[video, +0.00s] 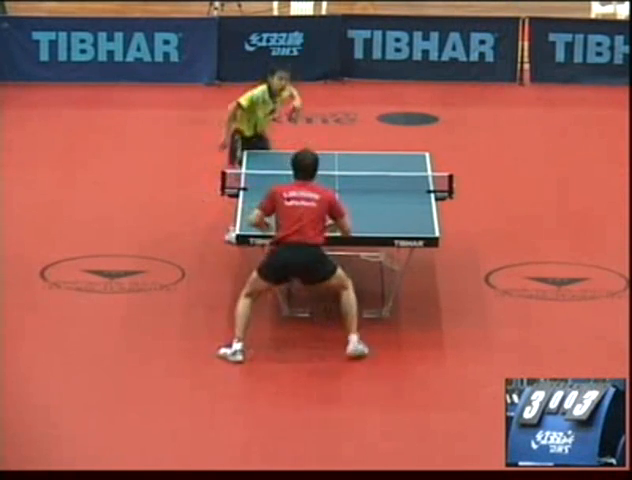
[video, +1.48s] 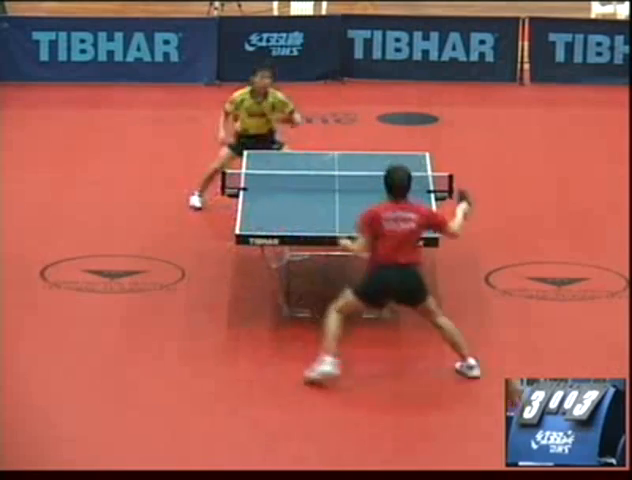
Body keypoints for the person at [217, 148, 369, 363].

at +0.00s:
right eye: (312, 167)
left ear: (293, 169)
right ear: (316, 171)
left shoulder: (278, 192)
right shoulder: (327, 196)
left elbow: (256, 220)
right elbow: (346, 230)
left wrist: (268, 229)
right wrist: (328, 225)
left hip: (282, 251)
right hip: (312, 251)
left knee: (248, 295)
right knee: (345, 287)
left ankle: (237, 345)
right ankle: (353, 340)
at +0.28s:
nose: (347, 180)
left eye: (343, 176)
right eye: (356, 176)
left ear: (340, 179)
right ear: (362, 180)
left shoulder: (331, 197)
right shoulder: (373, 206)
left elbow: (300, 202)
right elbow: (395, 224)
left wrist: (268, 205)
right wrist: (382, 215)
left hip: (322, 256)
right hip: (351, 260)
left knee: (279, 298)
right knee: (378, 285)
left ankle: (243, 344)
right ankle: (404, 327)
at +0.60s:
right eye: (374, 172)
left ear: (357, 174)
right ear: (378, 176)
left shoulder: (350, 194)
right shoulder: (386, 201)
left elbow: (337, 218)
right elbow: (404, 223)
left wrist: (310, 239)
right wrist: (400, 200)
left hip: (340, 253)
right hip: (368, 255)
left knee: (293, 293)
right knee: (388, 280)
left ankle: (286, 338)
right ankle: (406, 325)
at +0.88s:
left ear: (324, 167)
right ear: (347, 168)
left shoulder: (309, 187)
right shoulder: (356, 193)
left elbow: (290, 220)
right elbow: (377, 227)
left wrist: (301, 218)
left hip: (310, 247)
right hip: (340, 249)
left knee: (275, 290)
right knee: (368, 291)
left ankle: (269, 343)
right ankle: (385, 341)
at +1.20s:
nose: (392, 199)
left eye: (391, 194)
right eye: (391, 194)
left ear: (368, 189)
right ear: (386, 194)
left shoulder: (343, 202)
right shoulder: (387, 216)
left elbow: (310, 213)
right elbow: (410, 230)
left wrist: (329, 207)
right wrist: (382, 231)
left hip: (321, 261)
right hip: (349, 267)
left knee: (282, 302)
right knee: (377, 315)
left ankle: (246, 345)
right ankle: (361, 366)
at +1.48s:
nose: (401, 188)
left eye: (394, 184)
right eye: (403, 184)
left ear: (386, 187)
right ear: (409, 188)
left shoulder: (374, 215)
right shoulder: (420, 213)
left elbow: (364, 247)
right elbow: (453, 230)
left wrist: (348, 246)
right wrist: (461, 210)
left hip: (379, 275)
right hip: (410, 276)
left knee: (337, 310)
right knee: (437, 317)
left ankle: (327, 359)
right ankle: (469, 361)